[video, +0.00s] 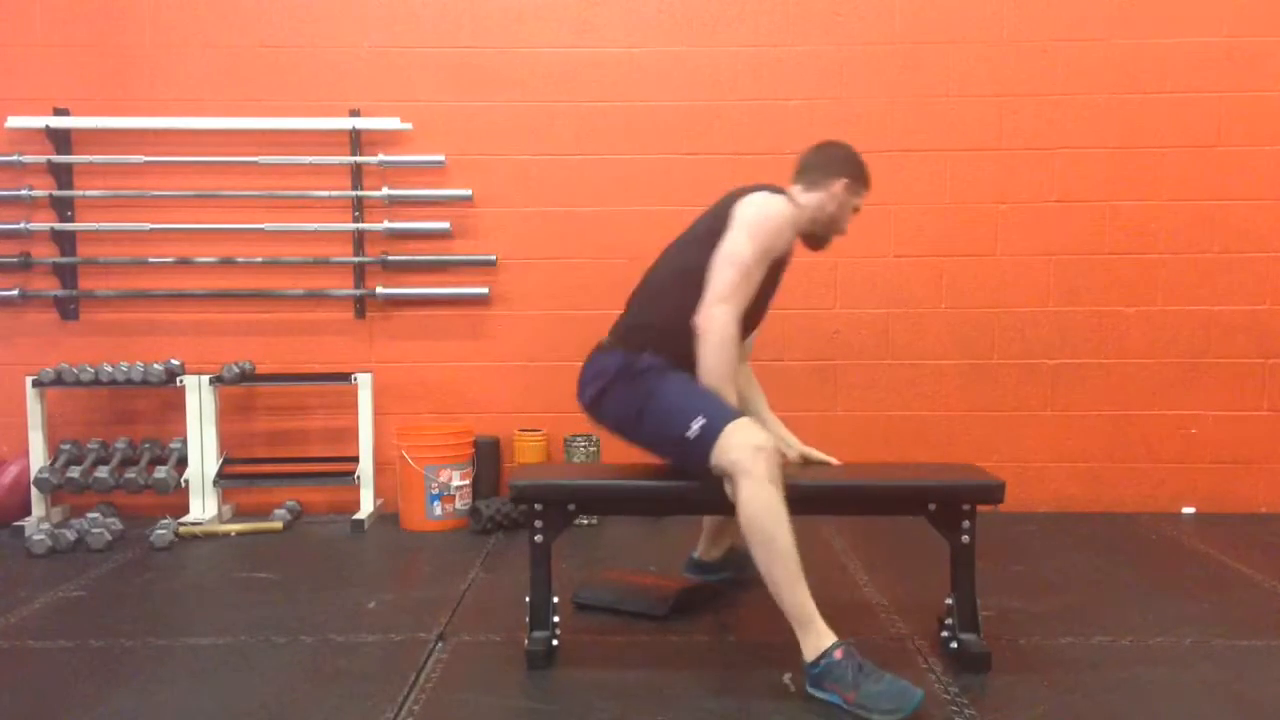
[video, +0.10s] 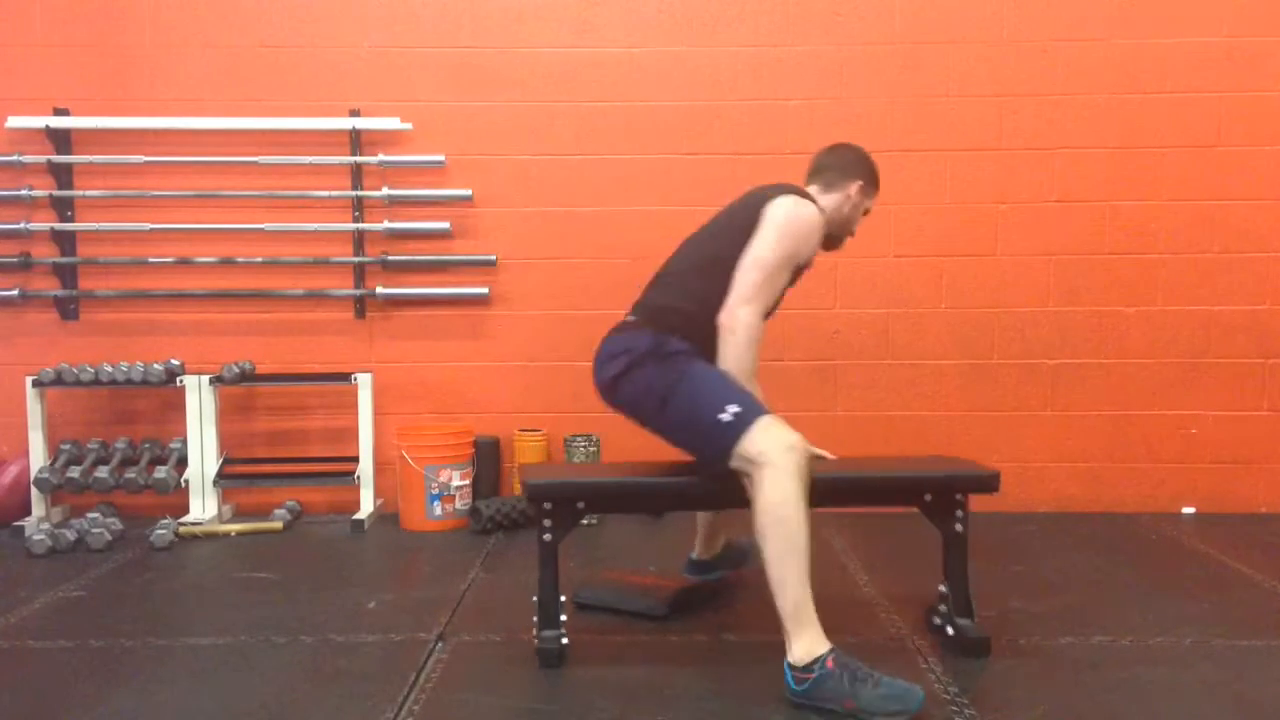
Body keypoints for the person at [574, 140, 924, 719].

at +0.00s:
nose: (848, 225)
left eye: (854, 212)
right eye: (853, 209)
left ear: (818, 187)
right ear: (834, 190)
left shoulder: (774, 228)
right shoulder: (769, 212)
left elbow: (730, 341)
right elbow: (714, 317)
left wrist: (774, 429)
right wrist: (725, 426)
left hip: (661, 372)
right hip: (629, 372)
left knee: (755, 442)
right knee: (755, 456)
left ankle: (713, 550)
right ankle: (822, 653)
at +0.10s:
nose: (858, 226)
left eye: (864, 215)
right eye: (864, 211)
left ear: (820, 181)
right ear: (851, 192)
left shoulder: (779, 207)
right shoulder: (797, 215)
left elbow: (723, 323)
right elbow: (737, 318)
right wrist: (743, 424)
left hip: (646, 354)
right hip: (648, 357)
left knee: (729, 426)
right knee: (780, 449)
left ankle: (709, 548)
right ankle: (810, 660)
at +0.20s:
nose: (862, 222)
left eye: (866, 213)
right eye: (868, 210)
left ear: (819, 179)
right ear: (859, 193)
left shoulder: (783, 204)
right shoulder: (815, 217)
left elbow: (718, 310)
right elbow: (751, 318)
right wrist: (746, 425)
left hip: (644, 345)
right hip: (662, 349)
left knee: (729, 427)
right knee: (800, 452)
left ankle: (705, 548)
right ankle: (813, 660)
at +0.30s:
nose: (869, 212)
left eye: (872, 204)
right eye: (874, 202)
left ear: (824, 173)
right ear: (866, 188)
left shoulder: (778, 199)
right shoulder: (832, 216)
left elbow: (712, 296)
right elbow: (766, 321)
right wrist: (756, 428)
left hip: (640, 337)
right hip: (678, 344)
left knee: (712, 421)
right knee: (823, 452)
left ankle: (698, 550)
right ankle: (815, 659)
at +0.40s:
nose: (872, 206)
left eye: (874, 198)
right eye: (877, 197)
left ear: (825, 172)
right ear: (868, 186)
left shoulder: (772, 198)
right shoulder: (840, 218)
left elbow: (713, 293)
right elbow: (780, 322)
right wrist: (768, 432)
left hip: (640, 337)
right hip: (689, 345)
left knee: (694, 426)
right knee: (832, 456)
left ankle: (696, 548)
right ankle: (817, 659)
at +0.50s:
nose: (874, 205)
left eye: (874, 197)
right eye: (877, 196)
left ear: (823, 174)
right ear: (867, 186)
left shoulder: (768, 197)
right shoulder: (849, 220)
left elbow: (709, 290)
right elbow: (793, 327)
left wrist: (727, 430)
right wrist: (776, 426)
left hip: (640, 335)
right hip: (697, 342)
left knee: (690, 430)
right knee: (836, 460)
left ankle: (694, 551)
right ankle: (818, 658)